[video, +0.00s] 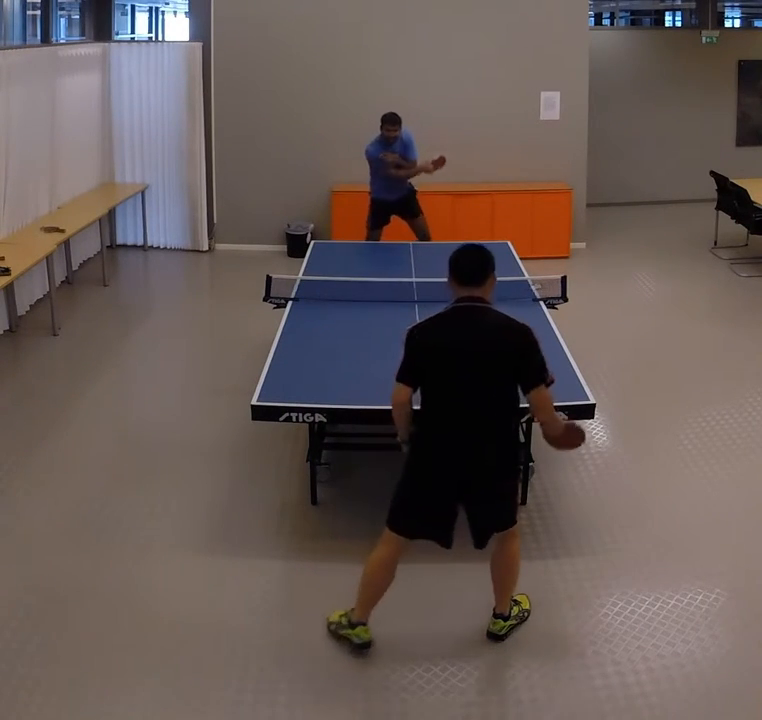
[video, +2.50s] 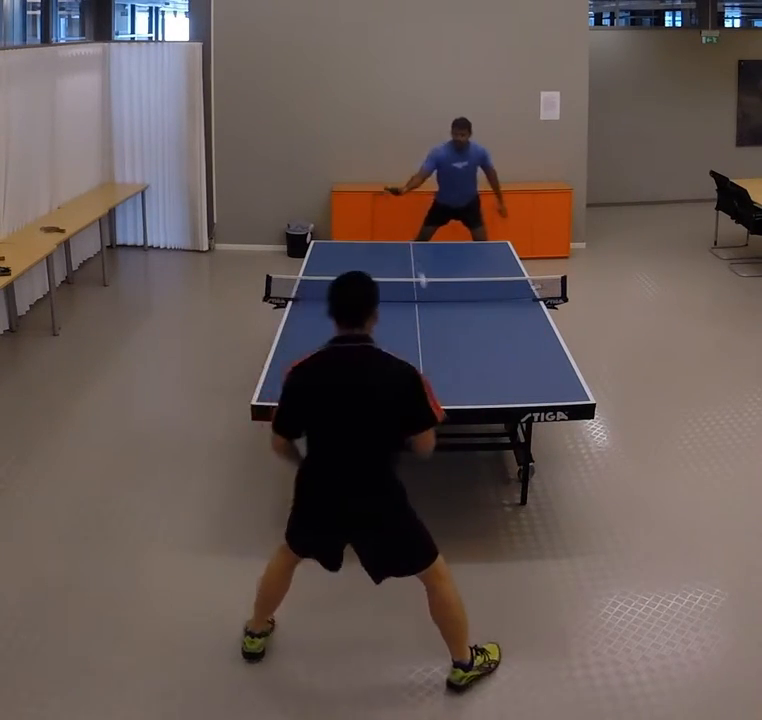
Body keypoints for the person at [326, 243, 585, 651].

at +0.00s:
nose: (490, 283)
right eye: (494, 277)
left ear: (450, 282)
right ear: (493, 281)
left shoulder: (424, 332)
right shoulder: (515, 334)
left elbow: (400, 399)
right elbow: (544, 409)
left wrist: (407, 438)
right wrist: (558, 431)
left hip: (434, 454)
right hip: (492, 458)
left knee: (393, 539)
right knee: (505, 532)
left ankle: (357, 620)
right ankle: (502, 613)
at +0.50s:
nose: (425, 290)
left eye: (424, 284)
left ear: (424, 290)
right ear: (466, 290)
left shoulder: (403, 349)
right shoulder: (485, 344)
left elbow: (392, 423)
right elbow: (454, 381)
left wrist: (388, 455)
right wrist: (393, 364)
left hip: (413, 465)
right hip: (465, 463)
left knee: (361, 549)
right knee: (488, 535)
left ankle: (317, 627)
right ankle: (503, 612)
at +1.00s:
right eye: (421, 299)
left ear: (380, 304)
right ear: (425, 305)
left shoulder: (350, 360)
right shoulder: (446, 367)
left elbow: (333, 431)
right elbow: (471, 436)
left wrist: (339, 465)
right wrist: (444, 427)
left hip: (354, 487)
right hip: (414, 491)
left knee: (313, 558)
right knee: (440, 556)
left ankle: (272, 640)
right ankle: (440, 640)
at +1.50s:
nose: (426, 308)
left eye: (424, 302)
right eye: (425, 302)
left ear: (379, 303)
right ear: (420, 307)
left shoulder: (343, 350)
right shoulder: (427, 370)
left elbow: (306, 407)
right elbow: (456, 428)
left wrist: (326, 433)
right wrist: (471, 407)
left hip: (334, 480)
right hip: (390, 487)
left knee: (295, 549)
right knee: (424, 555)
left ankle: (252, 621)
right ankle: (443, 638)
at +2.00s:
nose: (293, 341)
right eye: (291, 337)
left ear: (252, 355)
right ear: (292, 342)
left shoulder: (256, 414)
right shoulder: (318, 366)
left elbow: (279, 469)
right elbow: (276, 385)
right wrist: (223, 397)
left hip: (314, 498)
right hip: (367, 482)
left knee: (277, 560)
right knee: (416, 555)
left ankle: (246, 629)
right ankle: (448, 639)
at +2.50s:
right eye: (373, 307)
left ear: (331, 313)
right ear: (375, 313)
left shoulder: (304, 372)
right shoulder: (400, 374)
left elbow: (280, 443)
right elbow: (424, 444)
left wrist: (306, 460)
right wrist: (388, 426)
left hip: (318, 495)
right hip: (380, 499)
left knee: (287, 557)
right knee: (435, 575)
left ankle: (255, 634)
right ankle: (463, 662)